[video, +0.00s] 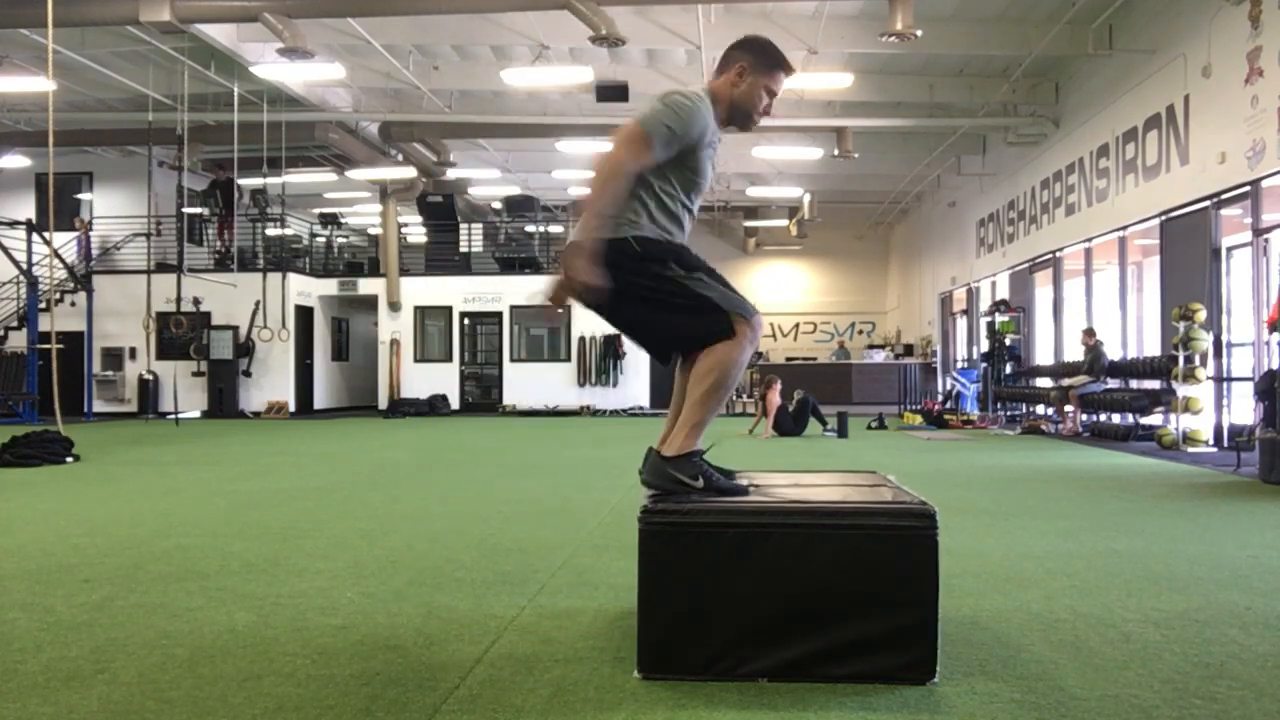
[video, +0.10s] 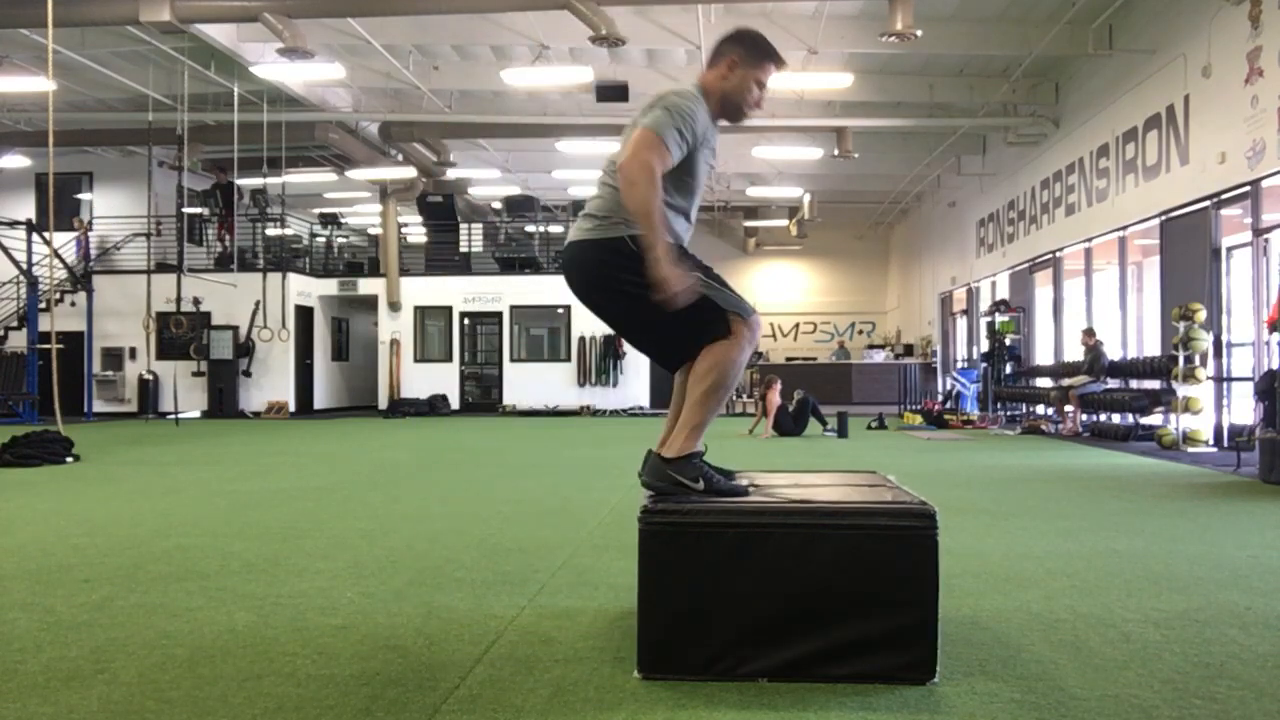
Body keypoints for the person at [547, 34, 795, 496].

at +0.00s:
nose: (769, 108)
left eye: (774, 99)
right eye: (767, 93)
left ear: (737, 79)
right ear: (737, 74)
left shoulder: (701, 128)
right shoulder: (691, 108)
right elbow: (619, 160)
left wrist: (574, 266)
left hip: (619, 255)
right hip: (632, 247)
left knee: (708, 342)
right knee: (743, 327)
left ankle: (668, 456)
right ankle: (680, 454)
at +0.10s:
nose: (760, 99)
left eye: (764, 90)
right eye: (757, 84)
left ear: (727, 70)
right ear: (727, 66)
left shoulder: (697, 121)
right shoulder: (686, 106)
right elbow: (637, 164)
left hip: (602, 251)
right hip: (617, 244)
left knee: (704, 348)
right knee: (740, 328)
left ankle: (668, 458)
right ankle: (681, 456)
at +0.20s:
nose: (736, 66)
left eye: (742, 57)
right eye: (733, 50)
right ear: (700, 30)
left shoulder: (687, 101)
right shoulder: (658, 67)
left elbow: (670, 188)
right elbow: (615, 124)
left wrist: (722, 229)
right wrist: (683, 190)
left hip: (621, 226)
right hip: (600, 221)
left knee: (704, 323)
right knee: (710, 313)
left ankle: (673, 455)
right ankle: (675, 455)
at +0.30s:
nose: (714, 25)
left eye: (720, 17)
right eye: (710, 11)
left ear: (708, 15)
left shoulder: (678, 63)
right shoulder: (627, 19)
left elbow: (670, 135)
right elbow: (575, 82)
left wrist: (688, 192)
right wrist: (649, 127)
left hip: (616, 194)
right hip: (565, 181)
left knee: (681, 294)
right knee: (643, 292)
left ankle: (664, 444)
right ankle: (654, 446)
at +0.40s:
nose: (680, 11)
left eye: (684, 5)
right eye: (675, 3)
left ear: (675, 8)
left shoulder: (663, 45)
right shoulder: (584, 13)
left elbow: (654, 116)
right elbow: (514, 66)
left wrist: (643, 182)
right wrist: (587, 113)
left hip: (611, 182)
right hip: (547, 177)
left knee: (659, 283)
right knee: (599, 285)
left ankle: (602, 391)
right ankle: (565, 429)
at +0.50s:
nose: (643, 17)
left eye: (650, 9)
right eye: (635, 6)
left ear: (654, 11)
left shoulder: (647, 58)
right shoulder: (544, 28)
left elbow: (638, 113)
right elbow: (467, 82)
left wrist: (622, 168)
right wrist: (505, 145)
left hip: (603, 208)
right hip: (533, 206)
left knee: (628, 320)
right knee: (528, 326)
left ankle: (598, 440)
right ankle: (496, 451)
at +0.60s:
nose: (596, 54)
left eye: (607, 45)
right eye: (588, 41)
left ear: (619, 45)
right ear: (565, 32)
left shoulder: (627, 98)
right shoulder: (517, 79)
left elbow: (641, 153)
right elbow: (449, 122)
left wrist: (618, 203)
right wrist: (461, 189)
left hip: (585, 259)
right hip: (506, 255)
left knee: (591, 391)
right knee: (466, 390)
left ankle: (594, 529)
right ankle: (445, 510)